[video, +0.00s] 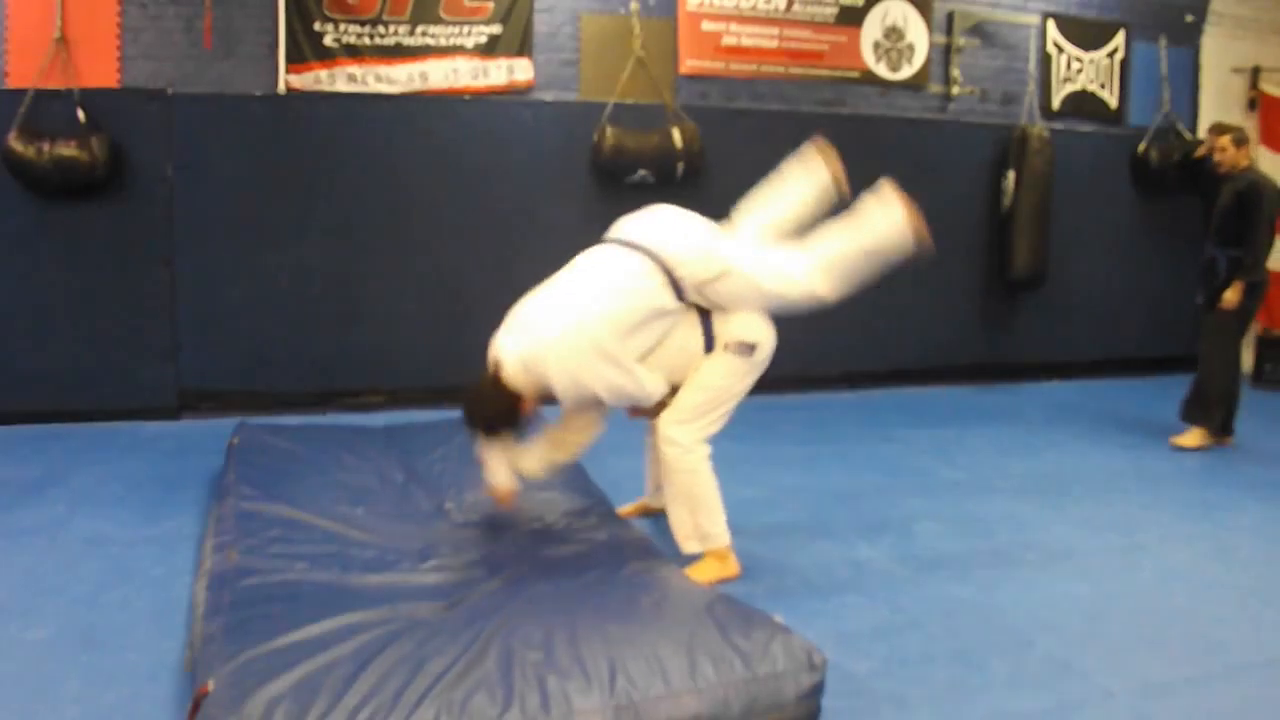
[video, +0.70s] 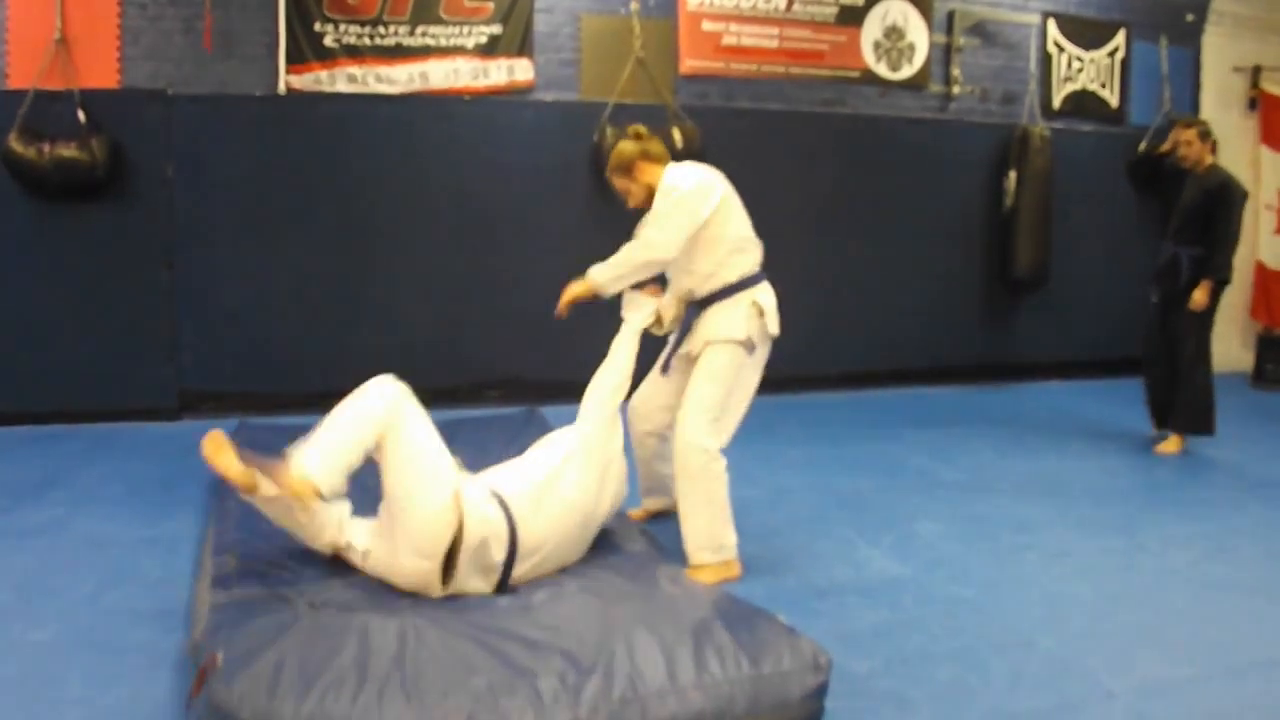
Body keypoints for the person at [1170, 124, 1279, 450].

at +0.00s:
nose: (1216, 158)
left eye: (1222, 151)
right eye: (1214, 152)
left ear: (1242, 150)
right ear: (1214, 152)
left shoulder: (1259, 187)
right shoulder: (1227, 182)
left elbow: (1258, 244)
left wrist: (1240, 283)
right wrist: (1199, 155)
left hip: (1239, 280)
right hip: (1220, 275)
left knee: (1217, 349)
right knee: (1221, 350)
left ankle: (1207, 424)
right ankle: (1220, 426)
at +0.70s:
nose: (1181, 152)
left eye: (1187, 145)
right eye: (1177, 146)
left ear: (1208, 146)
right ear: (1174, 148)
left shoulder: (1226, 187)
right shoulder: (1177, 177)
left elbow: (1225, 243)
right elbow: (1138, 172)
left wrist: (1208, 284)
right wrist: (1160, 152)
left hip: (1198, 278)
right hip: (1169, 273)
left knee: (1187, 351)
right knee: (1160, 346)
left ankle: (1179, 430)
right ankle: (1165, 421)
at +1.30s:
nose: (1121, 148)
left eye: (1127, 141)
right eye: (1118, 143)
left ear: (1147, 141)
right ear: (1116, 146)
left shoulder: (1174, 179)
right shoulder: (1119, 177)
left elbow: (1189, 232)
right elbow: (1079, 180)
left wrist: (1183, 275)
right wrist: (1104, 156)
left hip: (1160, 276)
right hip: (1122, 274)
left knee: (1165, 356)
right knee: (1115, 356)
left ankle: (1175, 432)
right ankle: (1101, 436)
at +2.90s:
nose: (1102, 141)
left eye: (1110, 133)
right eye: (1097, 134)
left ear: (1128, 137)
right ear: (1091, 139)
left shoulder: (1154, 183)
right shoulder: (1085, 179)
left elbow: (1170, 244)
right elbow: (1043, 204)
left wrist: (1164, 298)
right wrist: (1061, 168)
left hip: (1132, 292)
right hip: (1085, 288)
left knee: (1128, 376)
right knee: (1074, 379)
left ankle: (1123, 458)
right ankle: (1063, 471)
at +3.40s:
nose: (1073, 127)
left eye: (1082, 118)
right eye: (1068, 120)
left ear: (1104, 122)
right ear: (1064, 128)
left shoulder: (1134, 172)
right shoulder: (1056, 177)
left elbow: (1155, 238)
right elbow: (1034, 239)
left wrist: (1146, 292)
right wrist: (1031, 206)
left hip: (1119, 292)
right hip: (1068, 291)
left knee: (1125, 389)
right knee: (1061, 386)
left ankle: (1126, 481)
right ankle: (1057, 473)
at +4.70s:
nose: (1119, 131)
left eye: (1128, 123)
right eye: (1115, 123)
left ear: (1151, 125)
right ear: (1112, 126)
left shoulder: (1178, 175)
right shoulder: (1110, 176)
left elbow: (1190, 247)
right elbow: (1090, 239)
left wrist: (1179, 308)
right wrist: (1069, 235)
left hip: (1160, 299)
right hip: (1120, 296)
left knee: (1131, 387)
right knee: (1117, 388)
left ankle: (1131, 490)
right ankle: (1118, 481)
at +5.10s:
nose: (1110, 149)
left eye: (1119, 140)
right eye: (1104, 140)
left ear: (1140, 139)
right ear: (1096, 140)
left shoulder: (1163, 190)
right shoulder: (1086, 187)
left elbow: (1186, 262)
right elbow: (1071, 250)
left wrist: (1198, 330)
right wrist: (1071, 306)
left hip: (1140, 308)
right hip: (1093, 308)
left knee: (1124, 407)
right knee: (1106, 404)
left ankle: (1120, 519)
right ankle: (1126, 486)